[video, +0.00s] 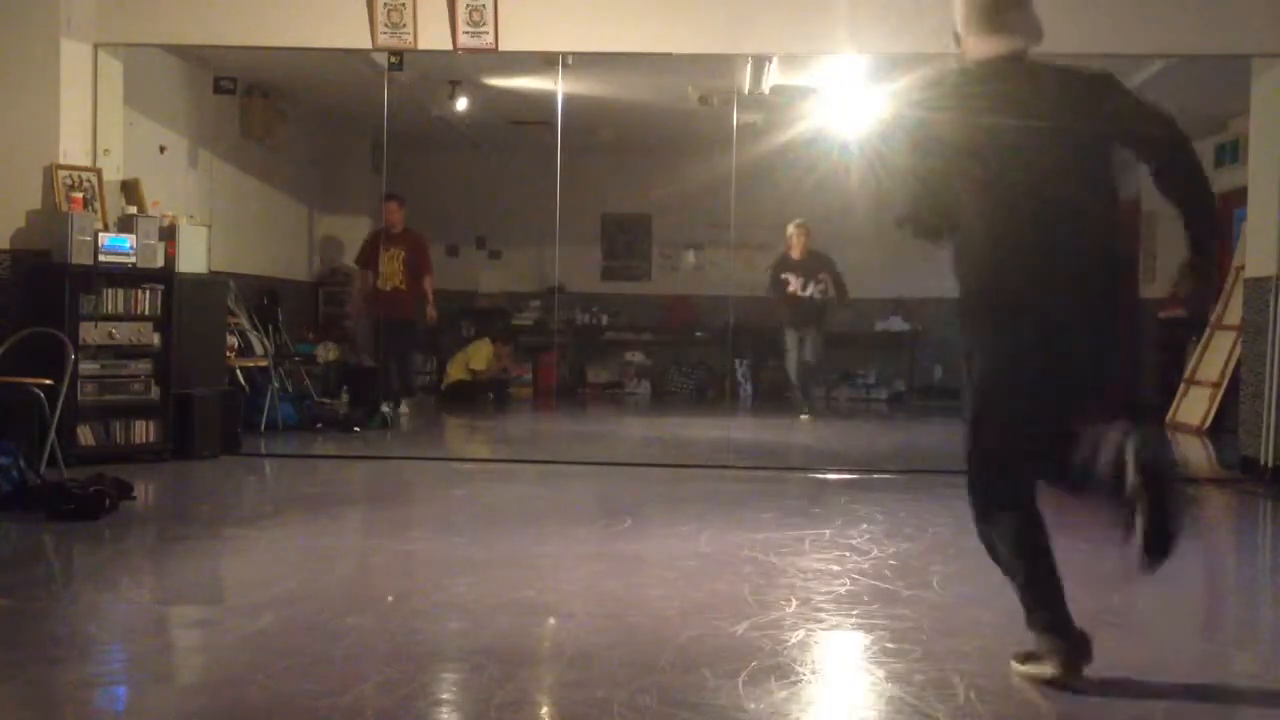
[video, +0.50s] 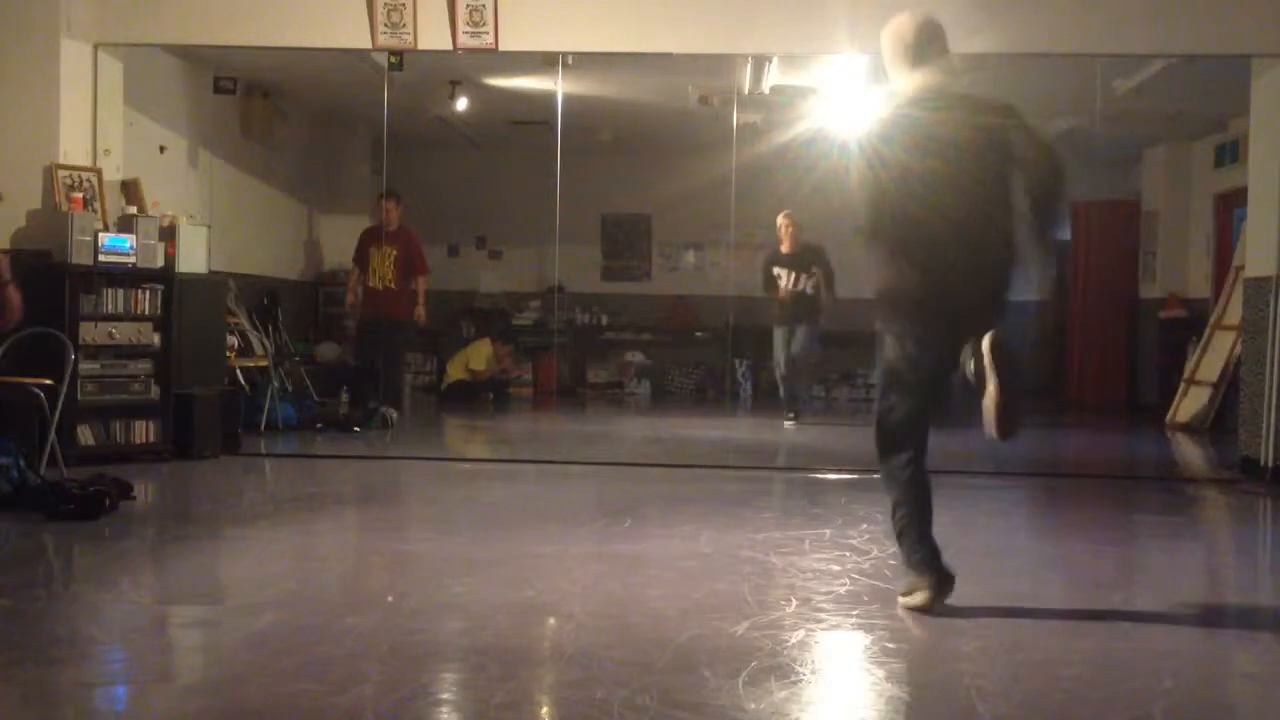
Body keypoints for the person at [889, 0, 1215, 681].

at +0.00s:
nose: (970, 38)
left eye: (965, 28)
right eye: (1011, 25)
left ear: (961, 34)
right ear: (1031, 28)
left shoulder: (942, 105)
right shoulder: (1090, 92)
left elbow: (921, 215)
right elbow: (1170, 146)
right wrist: (1205, 254)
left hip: (1005, 313)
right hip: (1092, 306)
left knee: (996, 487)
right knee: (1045, 447)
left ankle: (1055, 638)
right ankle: (1123, 469)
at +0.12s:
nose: (987, 28)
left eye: (980, 18)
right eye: (1018, 21)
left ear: (973, 20)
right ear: (1036, 21)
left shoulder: (938, 84)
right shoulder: (1079, 78)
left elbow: (883, 179)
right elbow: (1134, 144)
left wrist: (887, 278)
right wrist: (1133, 233)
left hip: (967, 270)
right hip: (1052, 267)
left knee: (976, 413)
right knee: (1038, 415)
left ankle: (1036, 514)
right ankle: (1044, 581)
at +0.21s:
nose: (993, 36)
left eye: (976, 26)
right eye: (1018, 28)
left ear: (970, 35)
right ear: (1035, 36)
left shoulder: (927, 104)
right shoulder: (1063, 108)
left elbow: (854, 189)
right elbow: (1098, 210)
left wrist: (845, 276)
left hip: (955, 286)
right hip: (1036, 288)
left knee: (965, 398)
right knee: (1037, 448)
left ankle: (988, 440)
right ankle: (1015, 610)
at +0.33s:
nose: (928, 71)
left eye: (926, 59)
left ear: (931, 59)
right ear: (983, 53)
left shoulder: (905, 116)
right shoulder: (1031, 112)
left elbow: (845, 193)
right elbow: (1065, 206)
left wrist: (848, 267)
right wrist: (1041, 249)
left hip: (938, 294)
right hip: (1018, 295)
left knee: (940, 426)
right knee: (1019, 436)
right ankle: (1013, 587)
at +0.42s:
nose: (908, 84)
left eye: (902, 74)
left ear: (901, 73)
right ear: (955, 66)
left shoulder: (884, 134)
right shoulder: (1007, 128)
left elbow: (867, 223)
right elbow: (1057, 202)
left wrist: (865, 295)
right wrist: (1046, 283)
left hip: (925, 307)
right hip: (999, 304)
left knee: (905, 443)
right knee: (999, 414)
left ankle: (924, 579)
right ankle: (1003, 520)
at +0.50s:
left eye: (893, 64)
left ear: (892, 63)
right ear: (944, 55)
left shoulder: (884, 129)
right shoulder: (994, 115)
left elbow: (869, 221)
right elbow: (1047, 170)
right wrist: (1041, 239)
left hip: (909, 295)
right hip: (983, 287)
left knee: (900, 437)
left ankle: (925, 573)